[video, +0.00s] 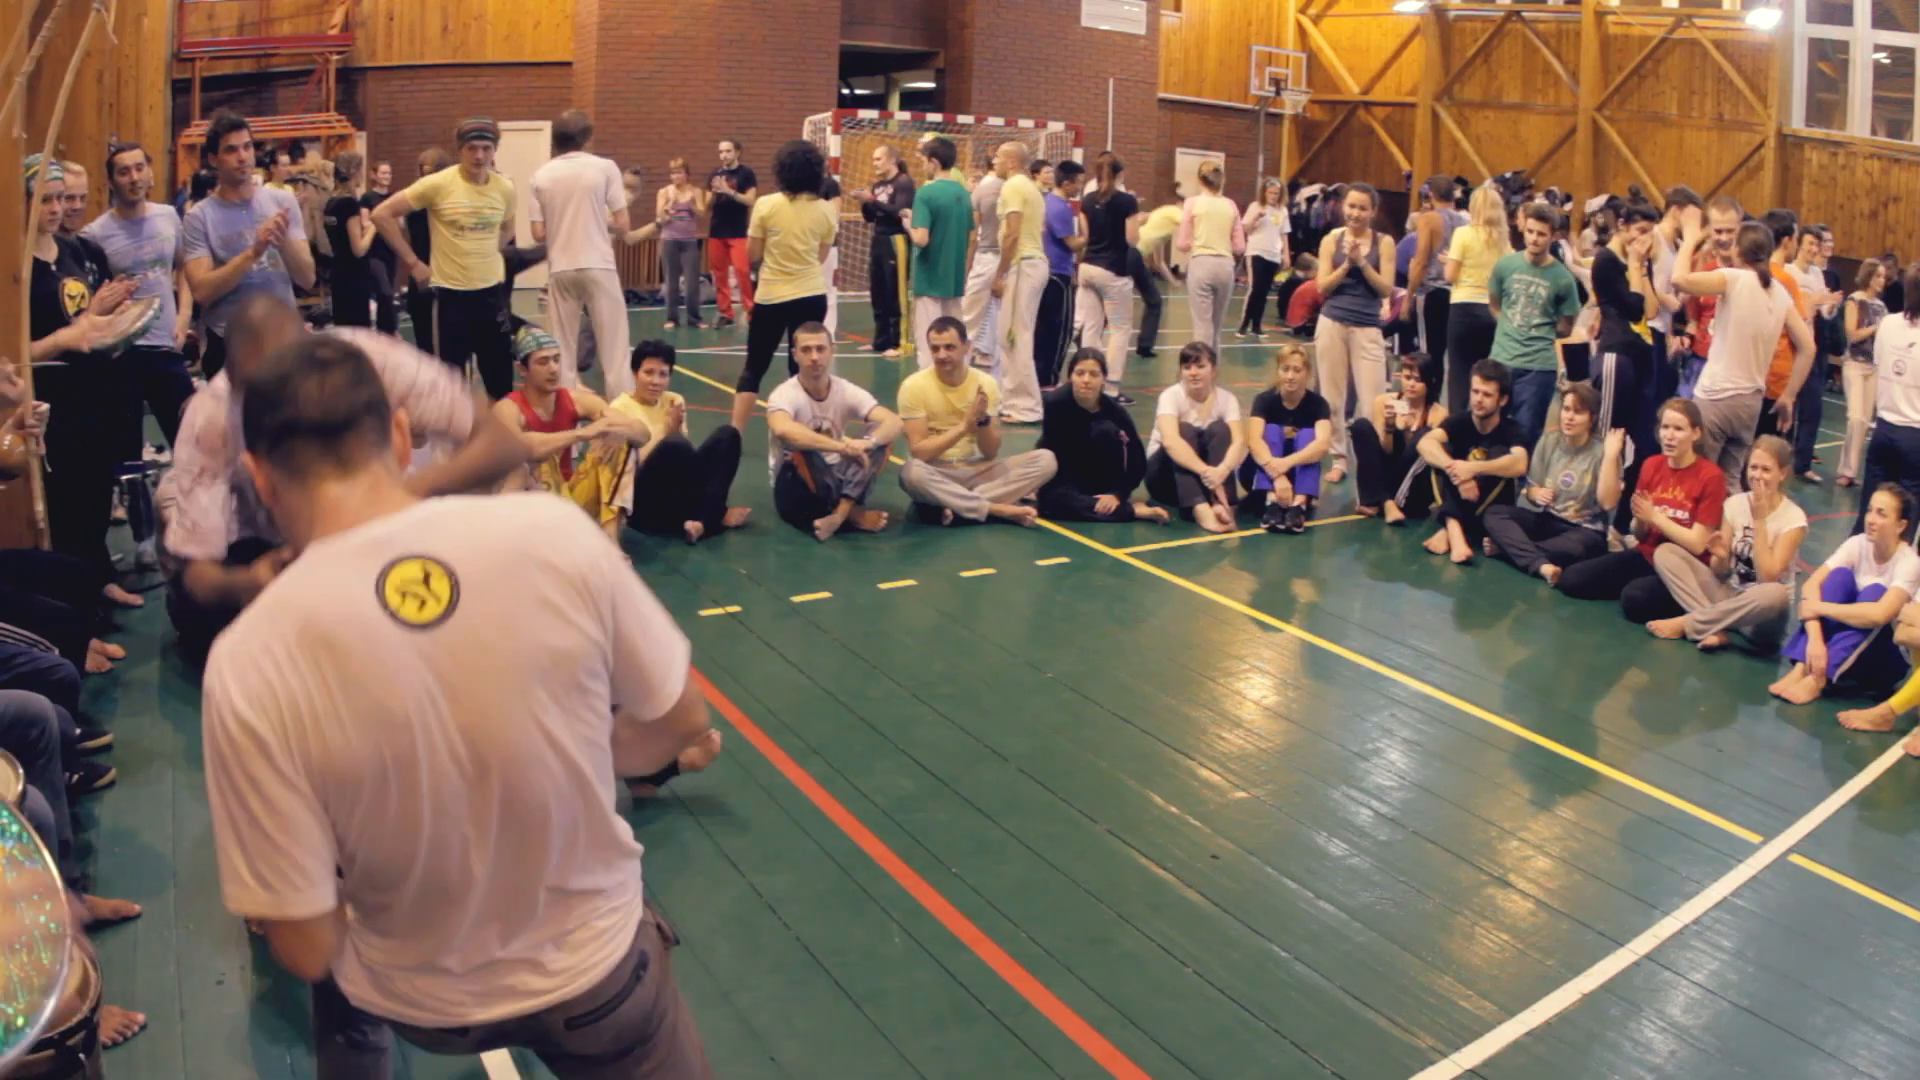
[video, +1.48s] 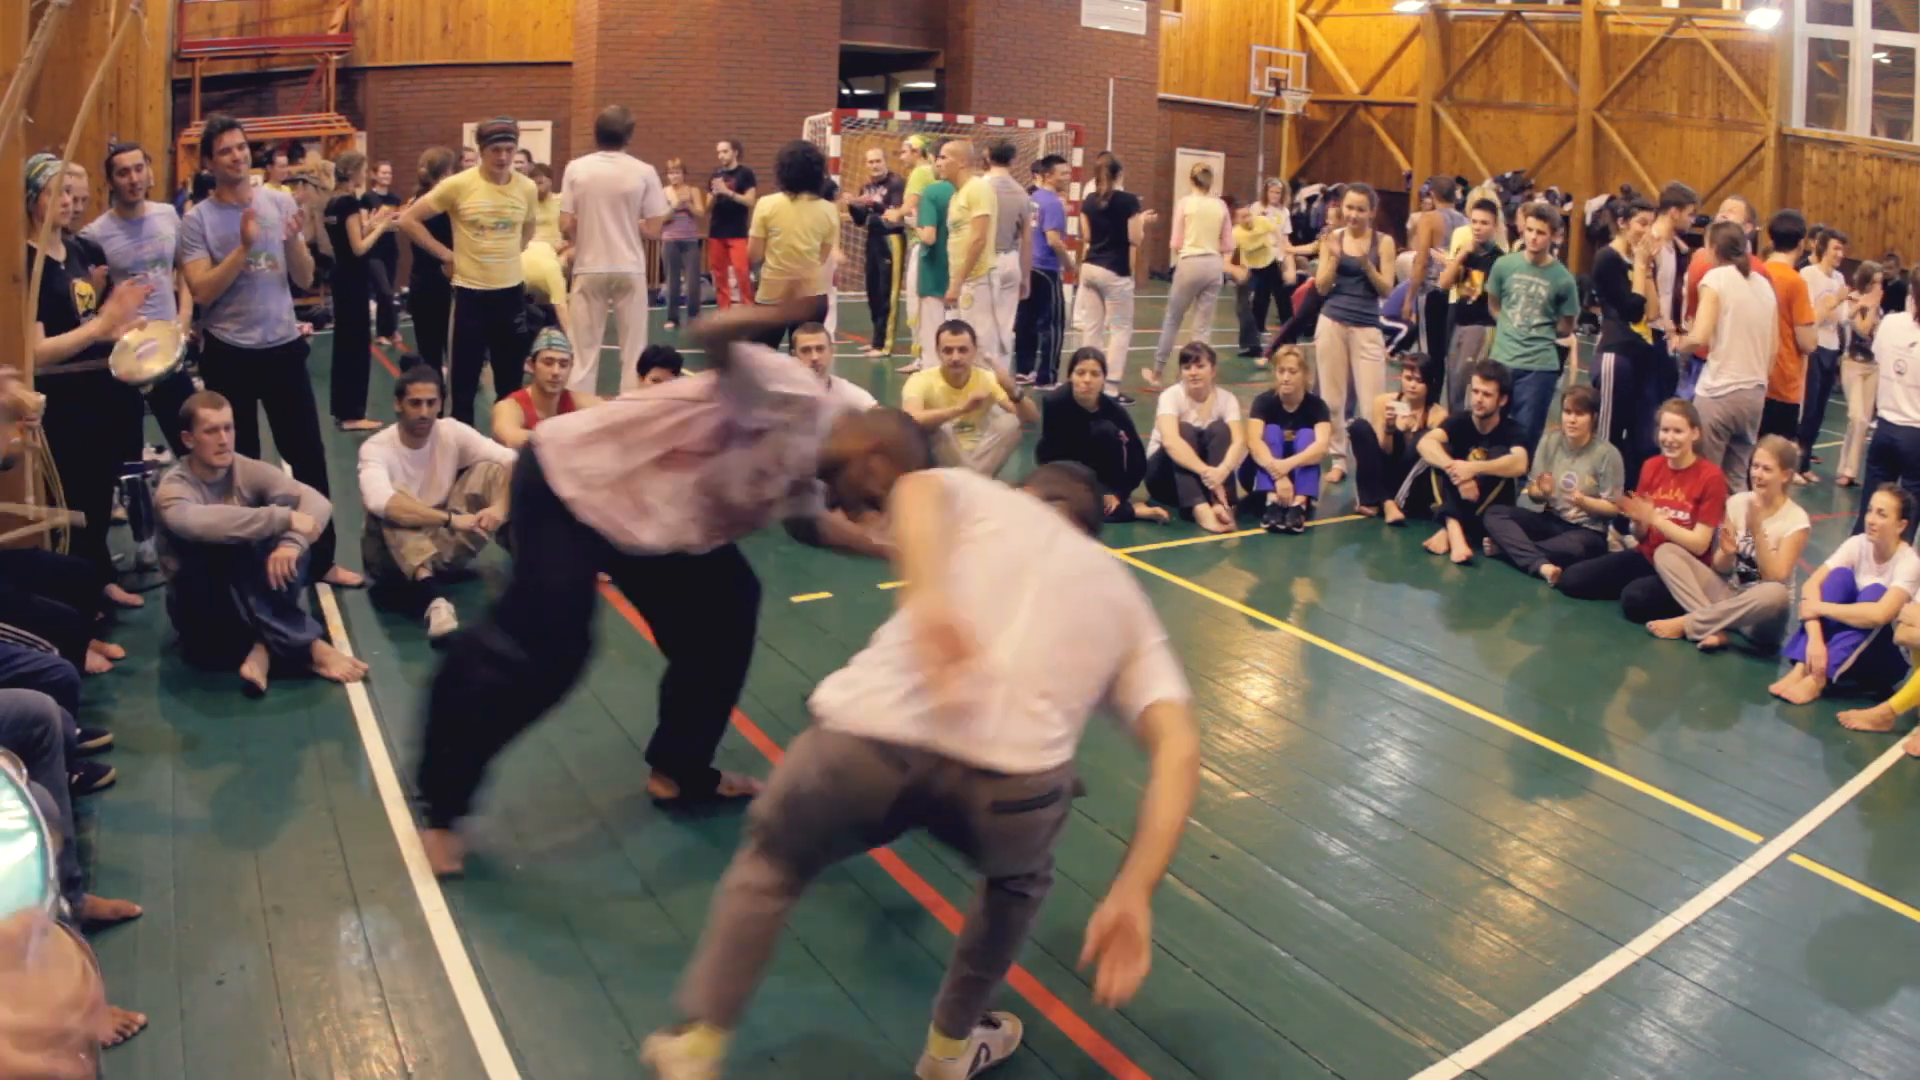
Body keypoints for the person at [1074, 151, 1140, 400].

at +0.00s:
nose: (1121, 175)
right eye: (1120, 171)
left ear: (1096, 172)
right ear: (1119, 173)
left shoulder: (1087, 200)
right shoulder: (1127, 201)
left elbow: (1085, 234)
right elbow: (1132, 238)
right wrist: (1136, 221)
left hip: (1088, 264)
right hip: (1114, 268)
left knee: (1091, 326)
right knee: (1120, 328)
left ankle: (1088, 384)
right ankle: (1111, 387)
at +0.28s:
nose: (1123, 175)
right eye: (1121, 172)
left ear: (1096, 173)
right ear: (1119, 173)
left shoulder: (1087, 200)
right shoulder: (1127, 200)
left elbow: (1086, 235)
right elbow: (1134, 238)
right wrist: (1142, 226)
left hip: (1090, 264)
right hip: (1116, 268)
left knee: (1089, 326)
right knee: (1120, 327)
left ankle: (1088, 383)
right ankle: (1111, 385)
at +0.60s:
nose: (1125, 176)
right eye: (1123, 173)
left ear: (1098, 173)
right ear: (1120, 174)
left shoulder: (1088, 201)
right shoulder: (1127, 201)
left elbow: (1087, 236)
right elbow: (1135, 238)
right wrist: (1139, 221)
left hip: (1090, 264)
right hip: (1117, 269)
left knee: (1090, 327)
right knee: (1120, 328)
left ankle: (1086, 384)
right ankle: (1111, 387)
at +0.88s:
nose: (1126, 176)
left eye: (1123, 172)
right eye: (1124, 172)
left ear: (1099, 174)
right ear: (1120, 174)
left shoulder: (1088, 201)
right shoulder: (1127, 200)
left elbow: (1087, 236)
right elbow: (1134, 238)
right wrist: (1140, 220)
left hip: (1091, 264)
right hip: (1117, 270)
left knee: (1091, 327)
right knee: (1120, 327)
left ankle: (1086, 384)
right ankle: (1111, 386)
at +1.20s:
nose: (1124, 175)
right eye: (1123, 172)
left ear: (1098, 173)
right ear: (1120, 174)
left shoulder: (1088, 201)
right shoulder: (1126, 201)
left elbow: (1086, 236)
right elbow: (1135, 238)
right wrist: (1140, 221)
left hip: (1091, 264)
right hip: (1117, 269)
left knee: (1091, 326)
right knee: (1120, 327)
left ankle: (1086, 383)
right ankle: (1111, 386)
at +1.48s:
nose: (1121, 176)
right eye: (1120, 172)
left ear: (1096, 175)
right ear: (1119, 174)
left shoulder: (1088, 201)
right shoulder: (1129, 201)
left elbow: (1086, 235)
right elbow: (1135, 238)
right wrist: (1143, 221)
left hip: (1090, 265)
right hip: (1116, 269)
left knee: (1090, 326)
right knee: (1120, 328)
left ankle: (1085, 382)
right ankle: (1111, 386)